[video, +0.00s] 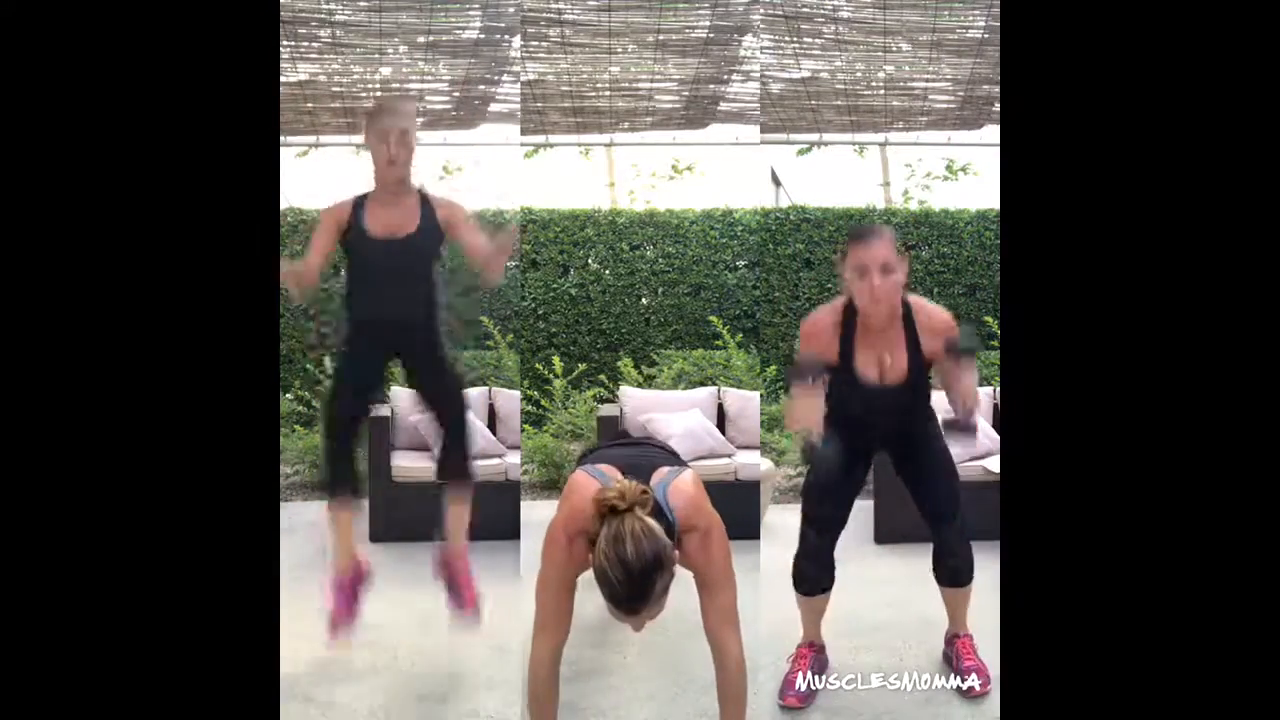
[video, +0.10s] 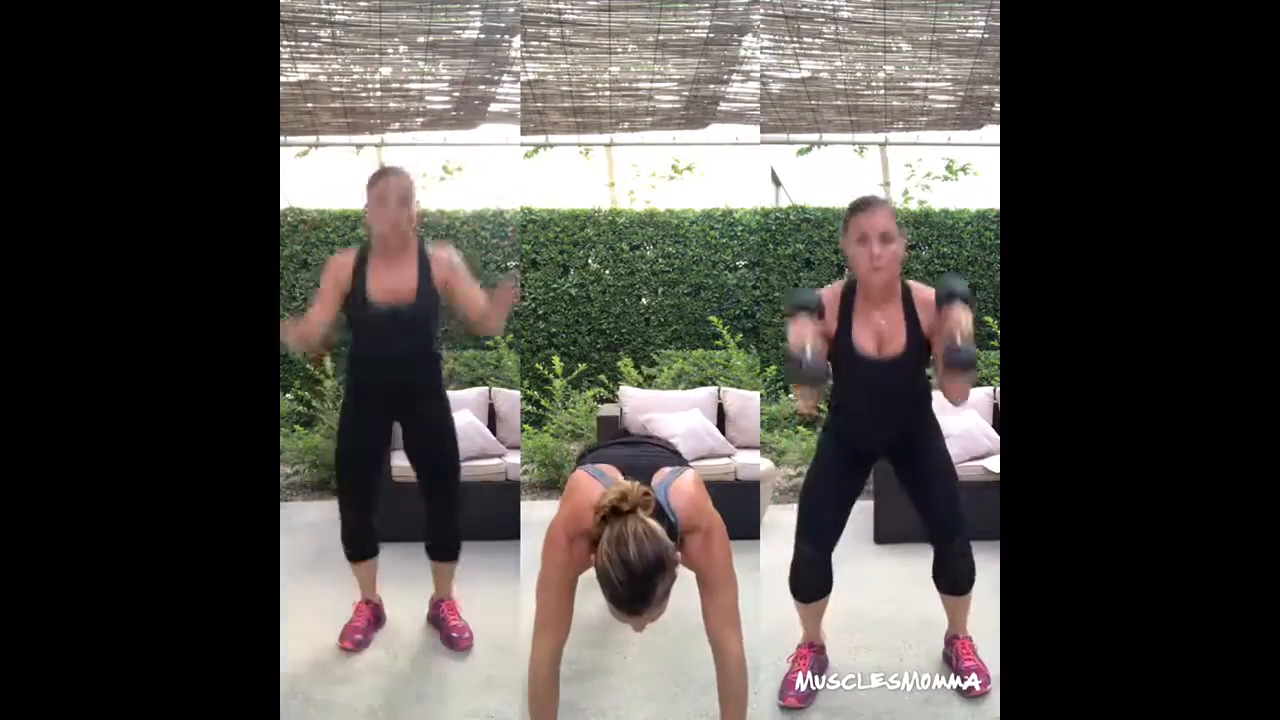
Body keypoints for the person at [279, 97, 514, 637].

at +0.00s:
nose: (393, 152)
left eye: (402, 142)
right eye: (383, 143)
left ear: (414, 146)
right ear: (369, 148)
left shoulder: (442, 211)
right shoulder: (342, 216)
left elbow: (488, 268)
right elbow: (307, 275)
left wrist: (502, 248)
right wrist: (286, 270)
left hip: (422, 345)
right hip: (365, 346)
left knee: (456, 427)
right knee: (338, 436)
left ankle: (455, 553)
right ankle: (347, 565)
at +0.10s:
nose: (391, 211)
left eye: (399, 202)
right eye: (381, 202)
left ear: (413, 210)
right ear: (366, 209)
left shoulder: (438, 260)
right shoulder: (344, 266)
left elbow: (485, 320)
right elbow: (313, 331)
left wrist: (498, 304)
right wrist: (298, 331)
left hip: (424, 399)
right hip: (365, 401)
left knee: (444, 494)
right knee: (354, 500)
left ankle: (443, 602)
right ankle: (369, 603)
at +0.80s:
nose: (407, 514)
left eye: (413, 506)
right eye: (398, 508)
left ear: (431, 470)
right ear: (374, 468)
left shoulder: (445, 438)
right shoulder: (356, 438)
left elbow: (475, 553)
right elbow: (330, 567)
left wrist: (479, 653)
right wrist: (317, 671)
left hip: (430, 392)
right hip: (367, 390)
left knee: (449, 508)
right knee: (356, 513)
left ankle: (442, 602)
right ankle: (368, 602)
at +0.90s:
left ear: (431, 518)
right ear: (374, 511)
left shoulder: (446, 476)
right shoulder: (353, 475)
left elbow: (463, 585)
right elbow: (334, 590)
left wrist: (473, 685)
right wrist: (323, 691)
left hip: (429, 366)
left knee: (452, 497)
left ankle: (448, 595)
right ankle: (365, 597)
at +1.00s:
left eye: (404, 582)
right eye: (386, 578)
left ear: (427, 534)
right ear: (370, 536)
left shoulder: (445, 489)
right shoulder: (350, 489)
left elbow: (463, 593)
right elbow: (327, 593)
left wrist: (470, 689)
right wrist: (323, 692)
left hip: (427, 361)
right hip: (363, 361)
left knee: (451, 482)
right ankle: (362, 543)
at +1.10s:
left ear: (425, 543)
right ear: (360, 544)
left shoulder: (449, 499)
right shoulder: (344, 498)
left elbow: (473, 603)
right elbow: (317, 600)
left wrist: (471, 693)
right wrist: (323, 695)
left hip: (428, 391)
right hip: (361, 397)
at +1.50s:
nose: (400, 598)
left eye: (409, 591)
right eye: (390, 594)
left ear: (427, 539)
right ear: (361, 546)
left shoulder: (451, 501)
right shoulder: (340, 505)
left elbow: (474, 601)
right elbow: (316, 603)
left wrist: (472, 690)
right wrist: (322, 692)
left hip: (433, 426)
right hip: (364, 428)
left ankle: (443, 536)